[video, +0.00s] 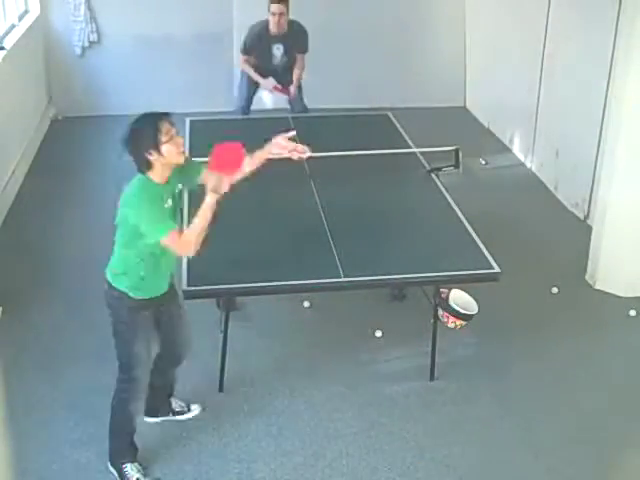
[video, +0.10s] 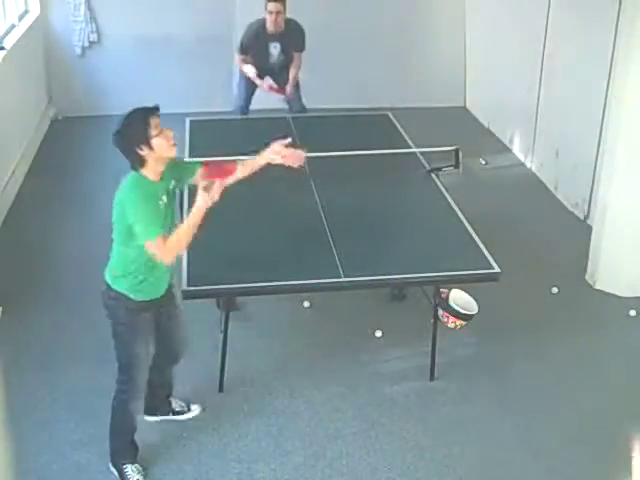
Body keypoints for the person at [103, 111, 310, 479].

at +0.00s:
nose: (181, 142)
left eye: (177, 135)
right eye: (171, 139)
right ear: (151, 154)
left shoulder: (178, 172)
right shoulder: (139, 200)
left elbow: (227, 173)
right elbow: (187, 245)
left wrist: (268, 150)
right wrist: (212, 196)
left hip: (162, 286)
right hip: (129, 294)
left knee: (174, 349)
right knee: (134, 375)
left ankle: (158, 406)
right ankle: (121, 458)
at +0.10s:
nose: (171, 135)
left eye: (165, 129)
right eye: (161, 133)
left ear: (148, 146)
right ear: (143, 149)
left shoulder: (171, 170)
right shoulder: (134, 195)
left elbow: (220, 175)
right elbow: (165, 254)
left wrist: (266, 156)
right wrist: (201, 206)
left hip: (160, 286)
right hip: (128, 295)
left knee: (171, 349)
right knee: (133, 378)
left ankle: (157, 405)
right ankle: (122, 458)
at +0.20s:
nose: (165, 131)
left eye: (160, 125)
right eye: (154, 130)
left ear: (144, 142)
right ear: (136, 147)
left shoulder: (165, 172)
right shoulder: (127, 194)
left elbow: (209, 187)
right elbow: (128, 256)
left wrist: (262, 177)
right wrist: (183, 234)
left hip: (157, 287)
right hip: (126, 296)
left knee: (166, 346)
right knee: (134, 375)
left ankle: (154, 402)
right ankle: (124, 458)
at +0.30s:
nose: (161, 130)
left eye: (157, 124)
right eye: (151, 128)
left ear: (145, 141)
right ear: (132, 146)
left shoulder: (164, 173)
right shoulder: (122, 190)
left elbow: (195, 193)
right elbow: (99, 251)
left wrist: (245, 197)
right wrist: (152, 256)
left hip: (161, 287)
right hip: (128, 297)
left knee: (168, 341)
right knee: (134, 377)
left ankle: (139, 398)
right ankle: (123, 459)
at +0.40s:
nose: (160, 137)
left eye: (156, 129)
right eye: (150, 134)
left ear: (151, 136)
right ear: (129, 149)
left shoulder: (158, 172)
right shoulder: (121, 191)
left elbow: (176, 197)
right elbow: (91, 248)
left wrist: (219, 206)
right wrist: (121, 254)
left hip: (161, 289)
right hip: (132, 298)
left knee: (165, 344)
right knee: (142, 370)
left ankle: (130, 398)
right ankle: (124, 457)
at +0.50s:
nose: (162, 144)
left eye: (159, 137)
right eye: (153, 139)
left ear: (146, 146)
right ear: (131, 150)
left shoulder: (152, 173)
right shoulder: (121, 191)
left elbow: (153, 201)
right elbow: (86, 244)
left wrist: (185, 209)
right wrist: (117, 246)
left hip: (159, 288)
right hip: (135, 297)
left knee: (155, 351)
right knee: (158, 370)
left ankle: (121, 406)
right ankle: (129, 454)